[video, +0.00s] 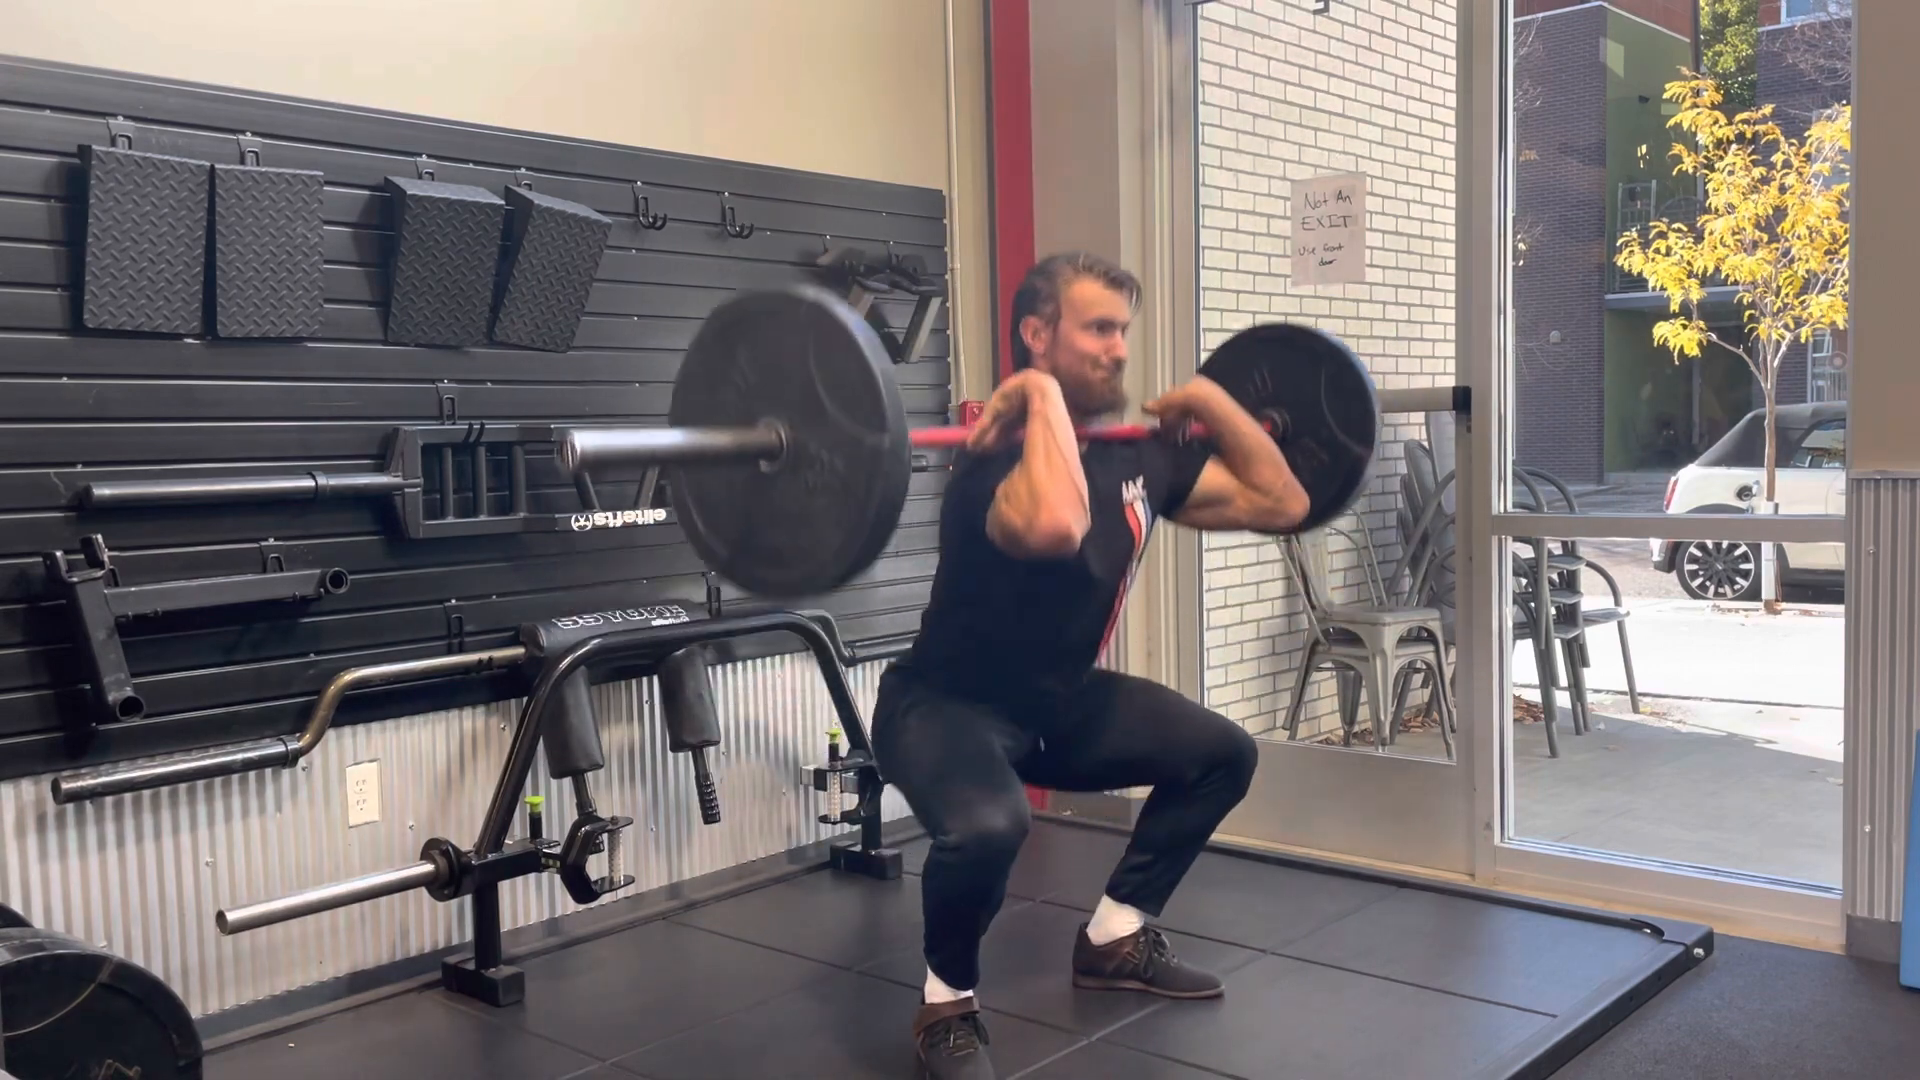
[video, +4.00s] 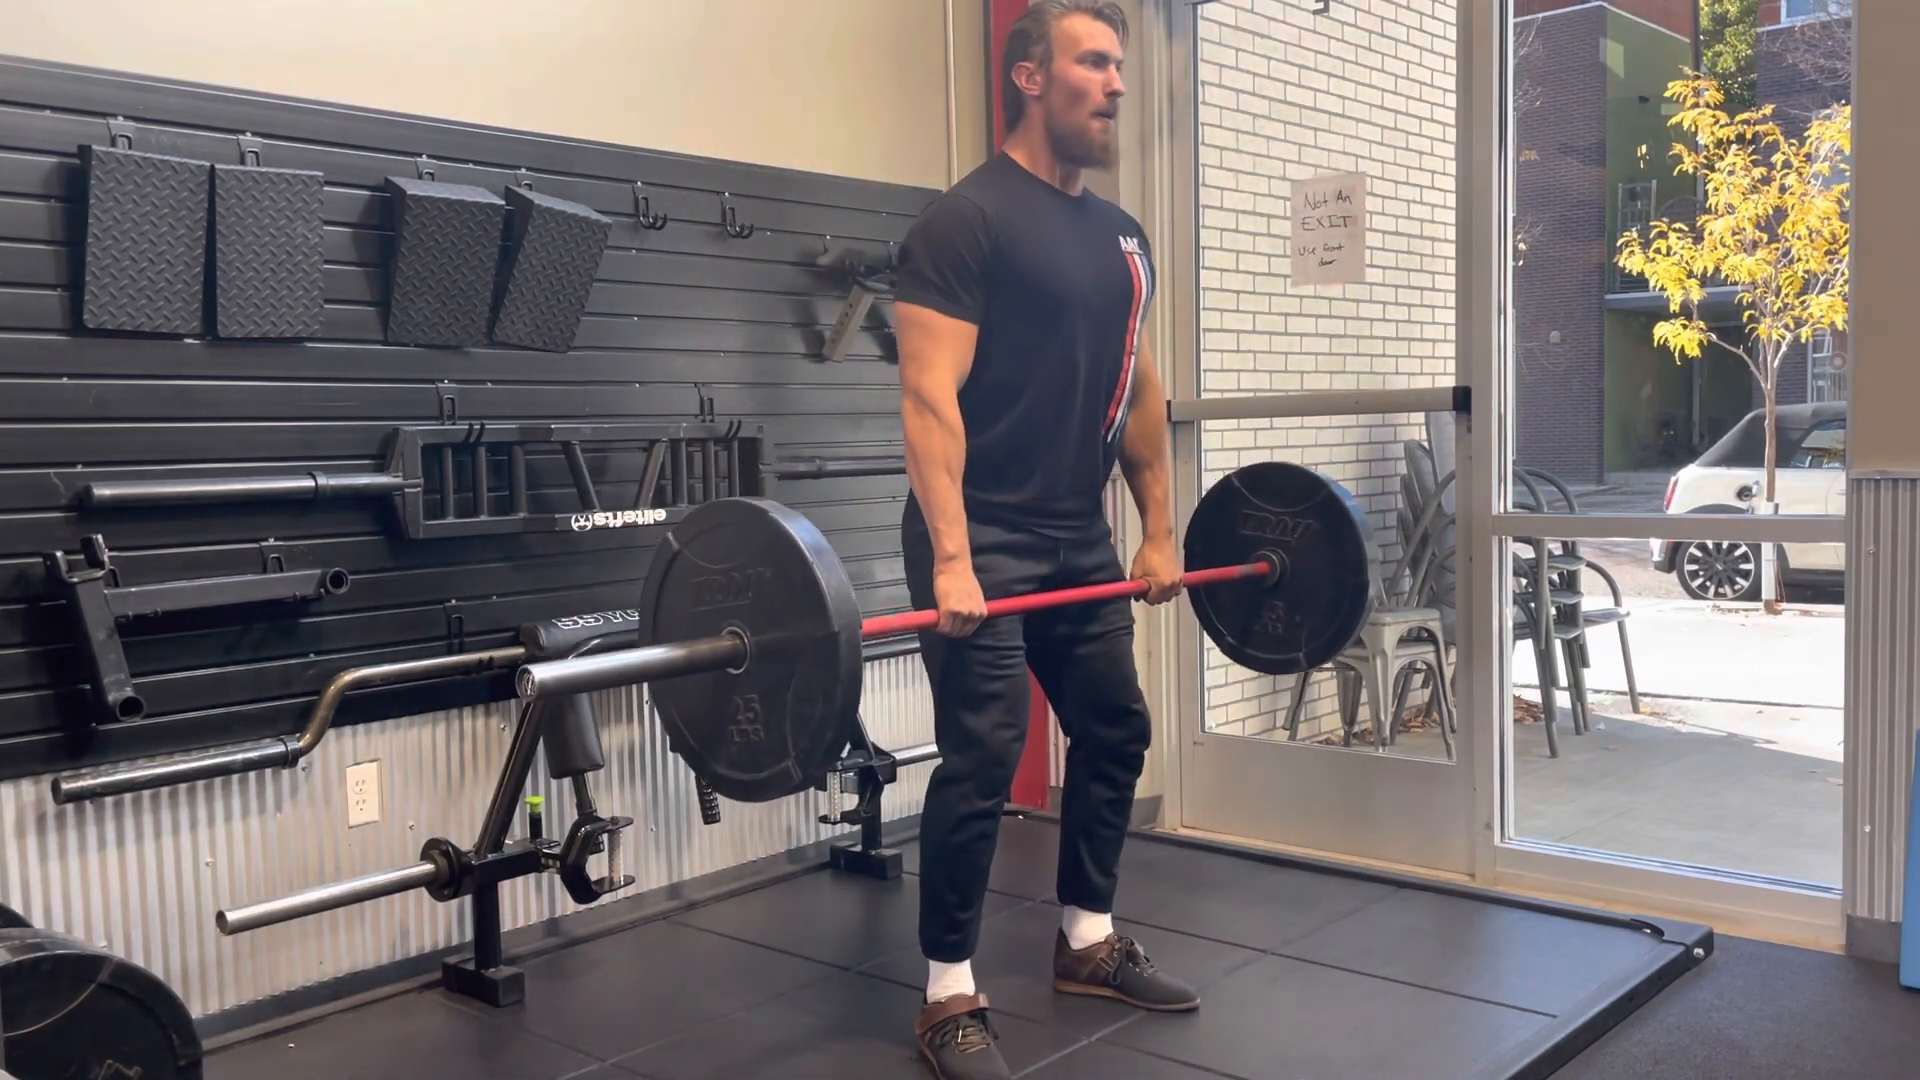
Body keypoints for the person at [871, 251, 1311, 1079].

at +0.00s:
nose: (1119, 348)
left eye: (1123, 330)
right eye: (1099, 329)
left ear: (1126, 341)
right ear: (1036, 337)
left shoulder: (1138, 458)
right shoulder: (992, 455)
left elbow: (1280, 502)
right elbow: (1056, 525)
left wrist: (1210, 403)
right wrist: (1043, 392)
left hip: (1061, 702)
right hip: (946, 703)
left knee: (1222, 753)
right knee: (987, 826)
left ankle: (1113, 938)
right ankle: (947, 1000)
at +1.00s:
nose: (1100, 88)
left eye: (1106, 72)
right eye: (1082, 65)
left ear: (1102, 90)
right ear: (1020, 73)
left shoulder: (1128, 201)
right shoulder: (972, 186)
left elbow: (1264, 247)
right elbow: (1040, 226)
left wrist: (1191, 145)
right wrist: (1009, 101)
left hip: (1106, 518)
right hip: (1004, 518)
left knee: (1115, 732)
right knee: (980, 745)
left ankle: (1105, 939)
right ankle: (946, 993)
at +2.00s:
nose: (1076, 82)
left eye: (1077, 67)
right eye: (1053, 64)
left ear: (1069, 91)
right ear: (989, 86)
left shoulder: (1097, 237)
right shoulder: (947, 224)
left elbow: (1129, 388)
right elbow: (909, 397)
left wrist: (1159, 521)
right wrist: (950, 543)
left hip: (1074, 529)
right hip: (974, 533)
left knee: (1117, 725)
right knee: (994, 744)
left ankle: (1086, 939)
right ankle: (956, 993)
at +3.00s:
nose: (1100, 79)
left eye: (1104, 63)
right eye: (1079, 58)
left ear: (1092, 80)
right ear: (1013, 69)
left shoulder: (1121, 228)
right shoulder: (957, 214)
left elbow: (1143, 385)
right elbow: (932, 393)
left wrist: (1170, 521)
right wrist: (960, 547)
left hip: (1094, 529)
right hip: (990, 533)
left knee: (1116, 730)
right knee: (988, 756)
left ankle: (1087, 940)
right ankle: (950, 994)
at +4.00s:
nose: (1116, 87)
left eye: (1119, 69)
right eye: (1094, 65)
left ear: (1106, 89)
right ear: (1025, 79)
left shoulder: (1120, 235)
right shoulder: (960, 222)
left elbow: (1138, 392)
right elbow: (927, 403)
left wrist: (1159, 531)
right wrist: (953, 559)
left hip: (1075, 534)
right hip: (969, 538)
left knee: (1115, 729)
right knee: (987, 742)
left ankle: (1086, 940)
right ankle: (949, 993)